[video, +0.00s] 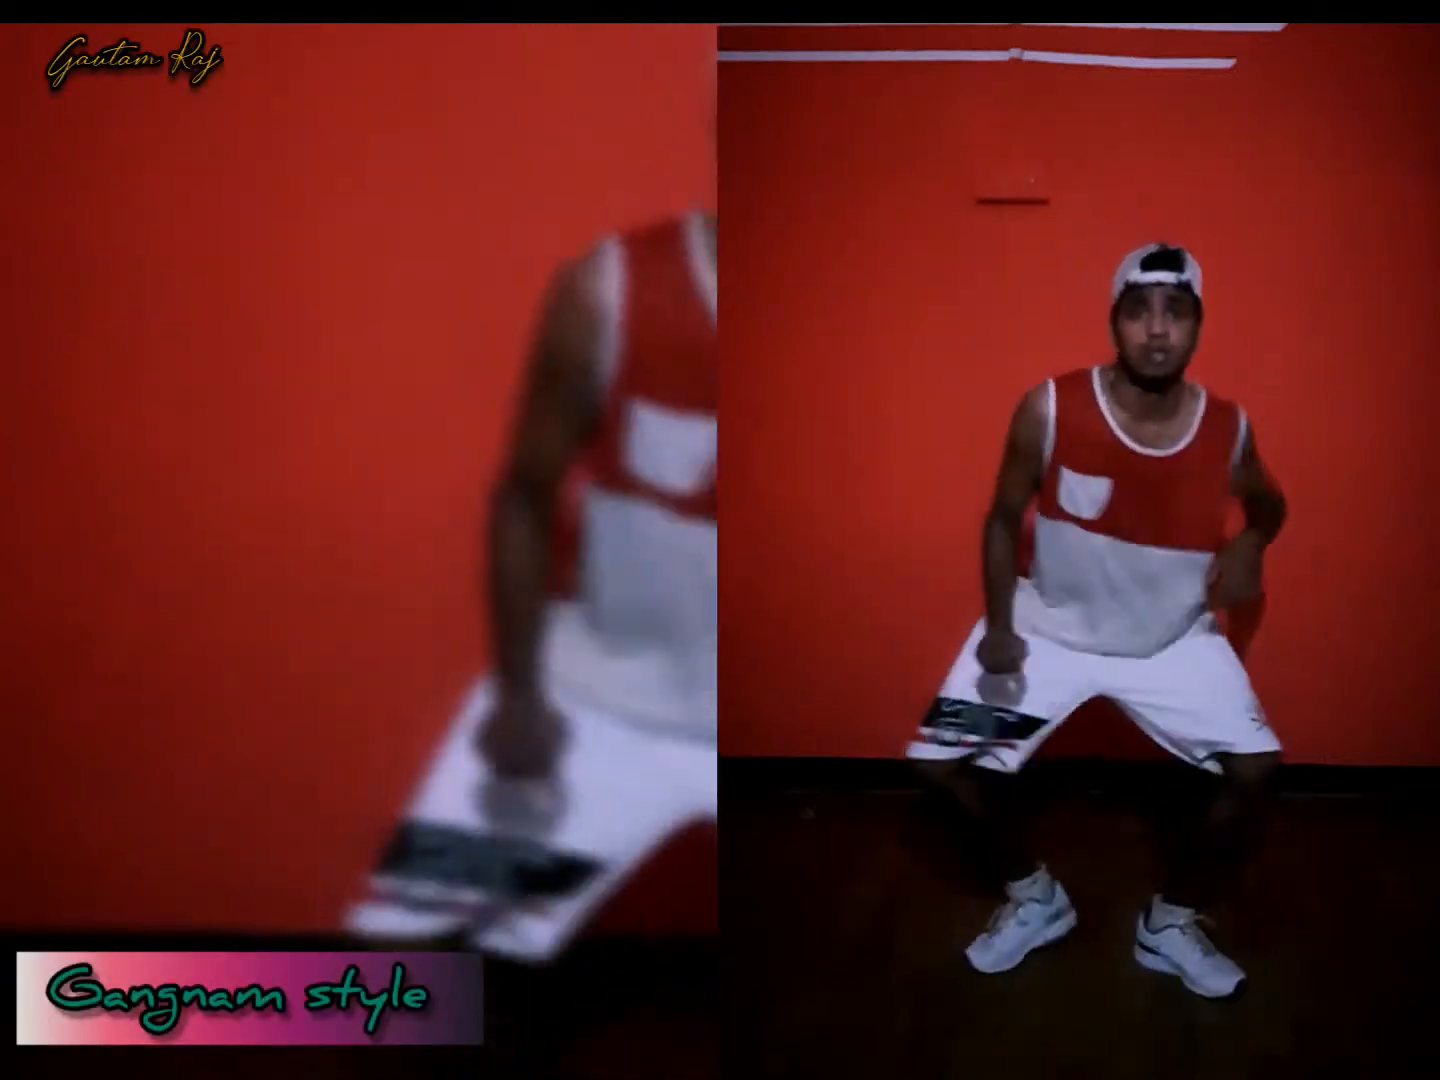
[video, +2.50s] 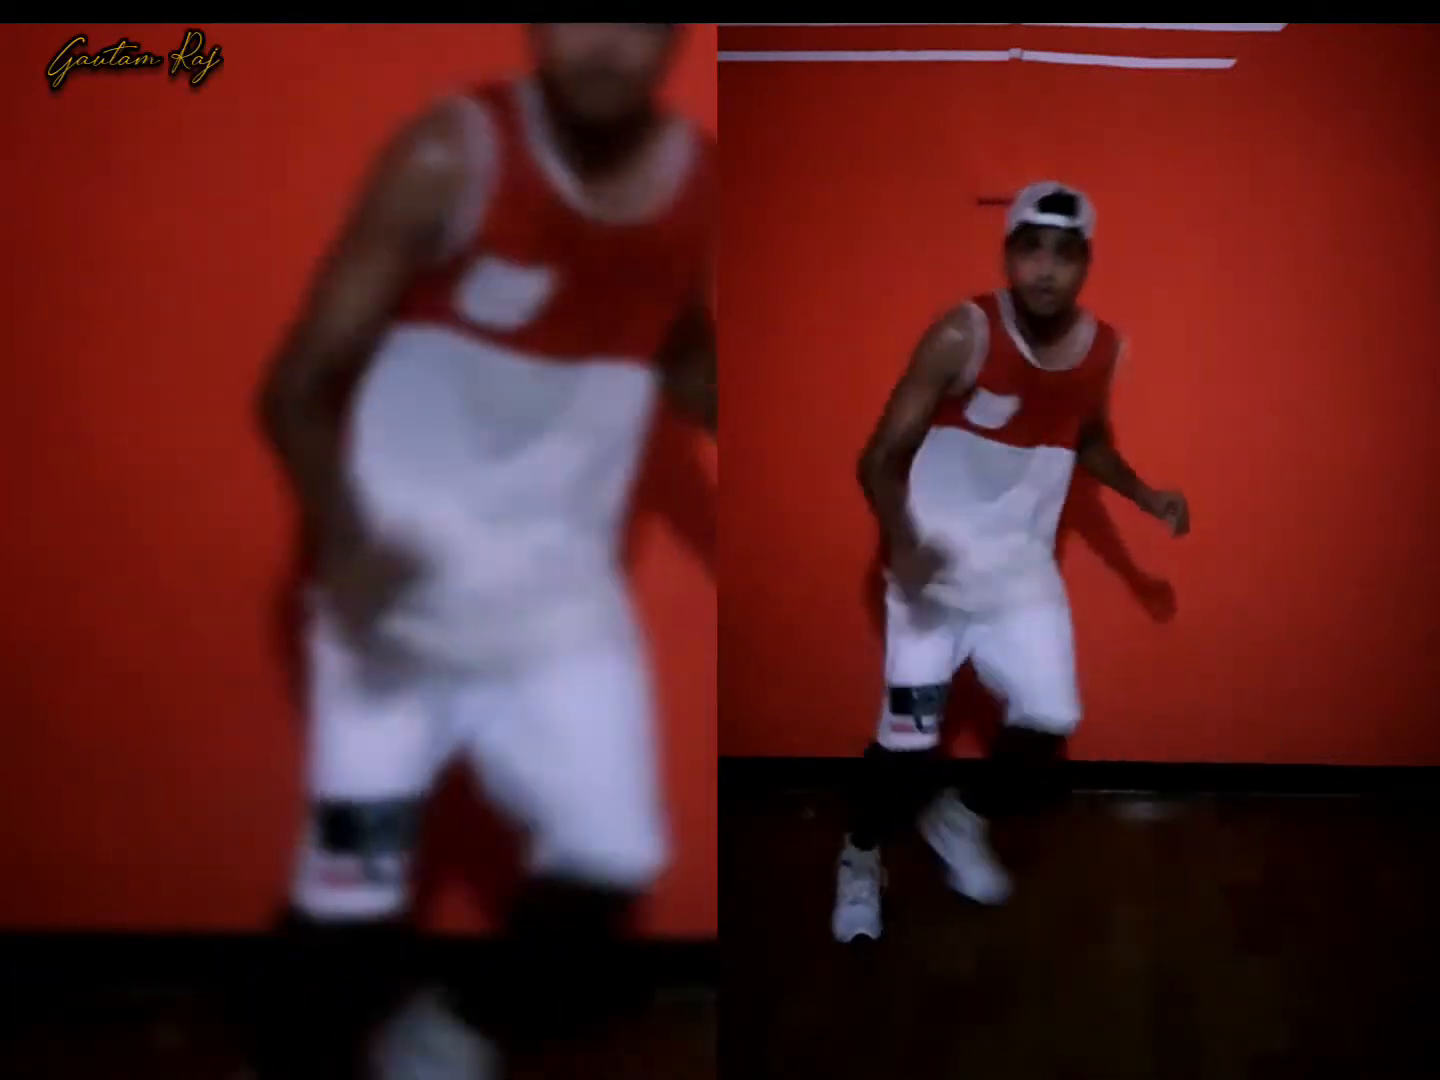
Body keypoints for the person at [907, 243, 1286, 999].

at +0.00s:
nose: (1158, 331)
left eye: (1175, 314)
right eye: (1140, 314)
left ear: (1197, 330)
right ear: (1115, 326)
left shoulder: (1225, 430)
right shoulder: (1052, 410)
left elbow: (1266, 505)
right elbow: (1004, 517)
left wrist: (1248, 547)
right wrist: (998, 627)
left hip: (1174, 641)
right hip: (1047, 632)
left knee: (1250, 767)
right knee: (945, 767)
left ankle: (1170, 921)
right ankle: (1033, 896)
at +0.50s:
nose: (1042, 330)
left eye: (1062, 315)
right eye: (1027, 313)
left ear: (1089, 326)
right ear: (1008, 324)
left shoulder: (1148, 419)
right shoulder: (981, 407)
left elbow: (1187, 525)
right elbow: (963, 467)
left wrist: (1168, 581)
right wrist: (972, 530)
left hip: (1147, 616)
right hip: (1032, 614)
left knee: (1236, 763)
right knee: (948, 745)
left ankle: (1167, 899)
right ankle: (1032, 893)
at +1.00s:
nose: (1132, 328)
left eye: (1148, 311)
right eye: (1115, 310)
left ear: (1170, 323)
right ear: (1087, 319)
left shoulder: (1207, 408)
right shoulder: (1033, 396)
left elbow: (1229, 474)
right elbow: (986, 489)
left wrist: (1214, 532)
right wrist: (1004, 546)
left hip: (1163, 609)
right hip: (1051, 602)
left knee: (1212, 744)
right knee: (978, 740)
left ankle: (1202, 895)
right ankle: (1044, 877)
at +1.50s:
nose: (1058, 320)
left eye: (1074, 301)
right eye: (1042, 303)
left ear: (1103, 310)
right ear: (1020, 314)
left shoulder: (1152, 401)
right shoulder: (985, 390)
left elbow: (1160, 542)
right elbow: (996, 461)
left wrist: (1100, 608)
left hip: (1135, 575)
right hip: (1031, 569)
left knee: (1176, 734)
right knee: (1003, 730)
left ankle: (1192, 889)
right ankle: (1013, 878)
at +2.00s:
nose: (987, 317)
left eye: (1005, 301)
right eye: (973, 300)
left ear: (1034, 309)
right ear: (956, 311)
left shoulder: (1103, 378)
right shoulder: (934, 408)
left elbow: (1154, 433)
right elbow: (897, 487)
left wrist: (1131, 524)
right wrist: (950, 533)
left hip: (1107, 575)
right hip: (1001, 585)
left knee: (1184, 709)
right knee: (974, 740)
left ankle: (1151, 874)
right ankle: (1029, 885)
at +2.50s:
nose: (1045, 270)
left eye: (1063, 255)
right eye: (1031, 251)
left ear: (1086, 266)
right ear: (1008, 259)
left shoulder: (1099, 348)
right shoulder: (963, 337)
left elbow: (1089, 440)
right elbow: (880, 460)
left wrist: (1146, 494)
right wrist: (904, 542)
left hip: (1023, 566)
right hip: (932, 559)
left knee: (1048, 719)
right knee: (911, 738)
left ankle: (960, 817)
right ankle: (861, 860)